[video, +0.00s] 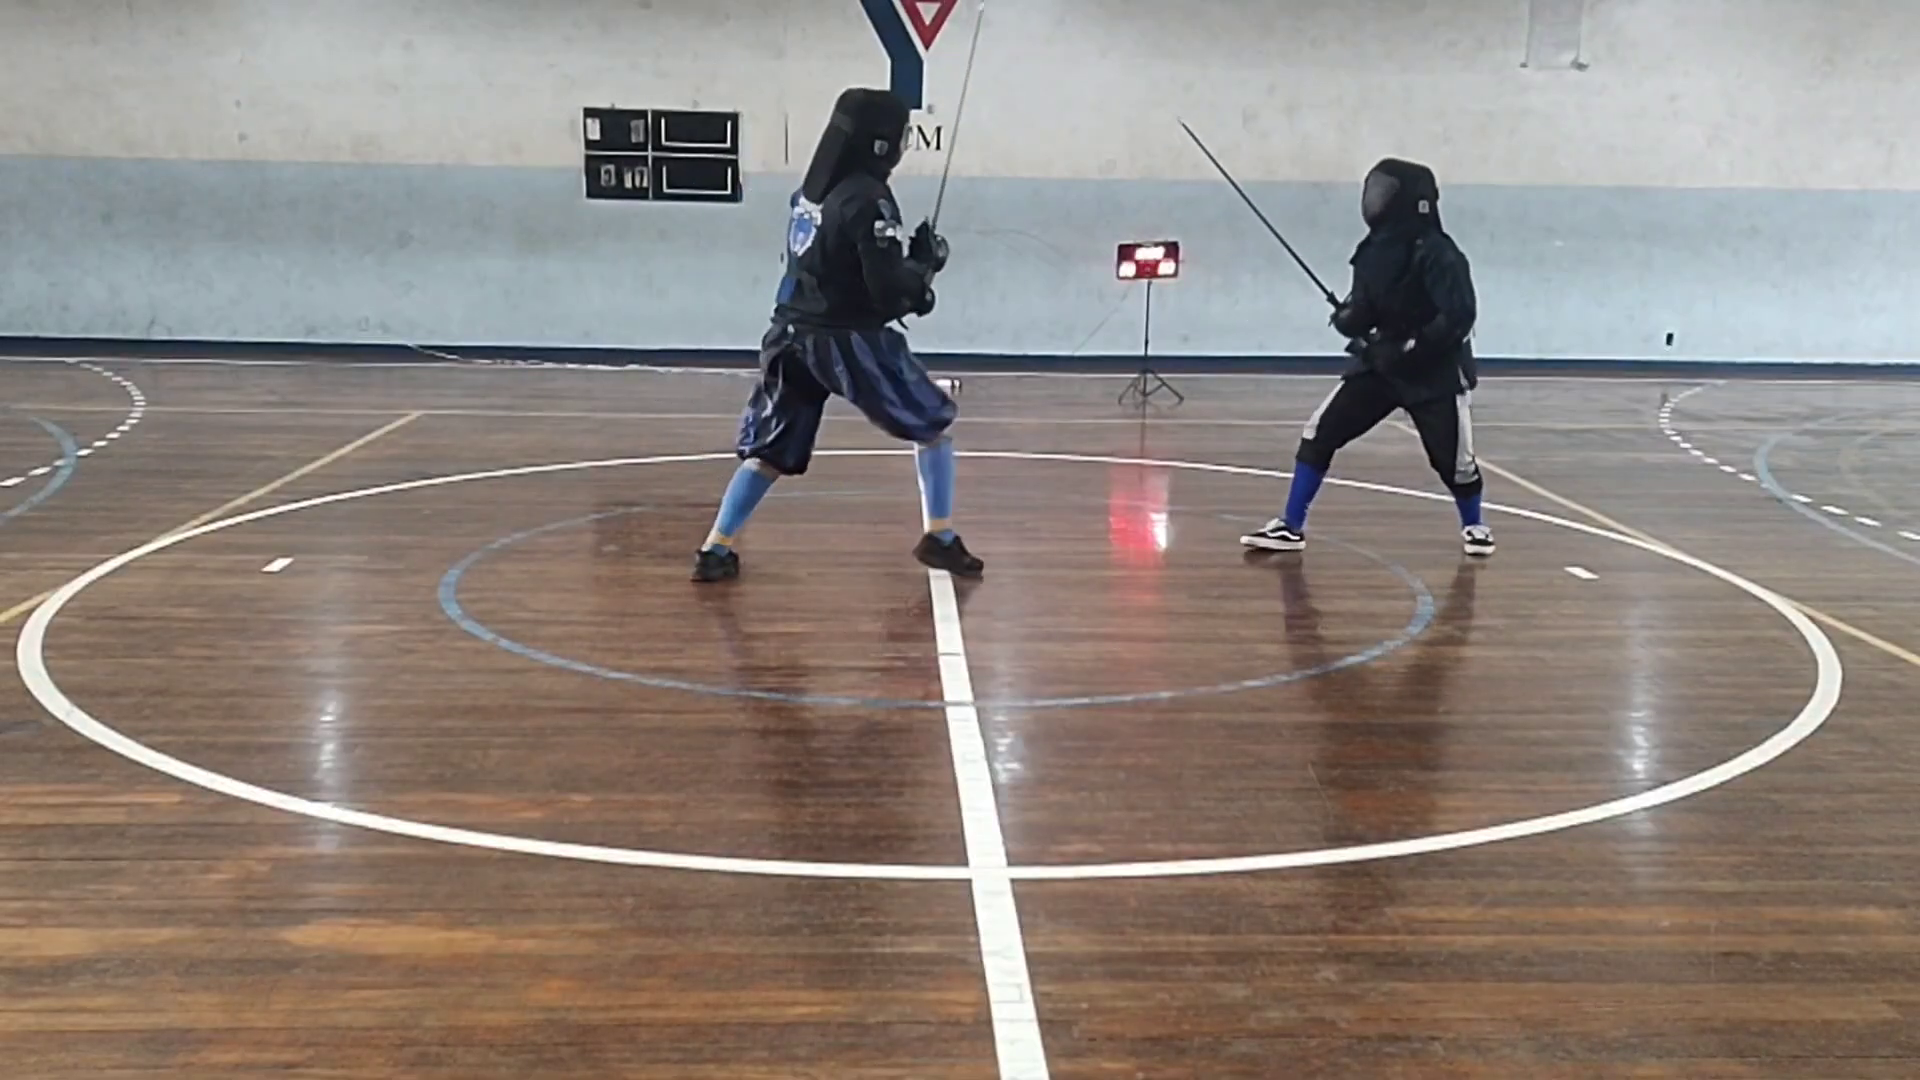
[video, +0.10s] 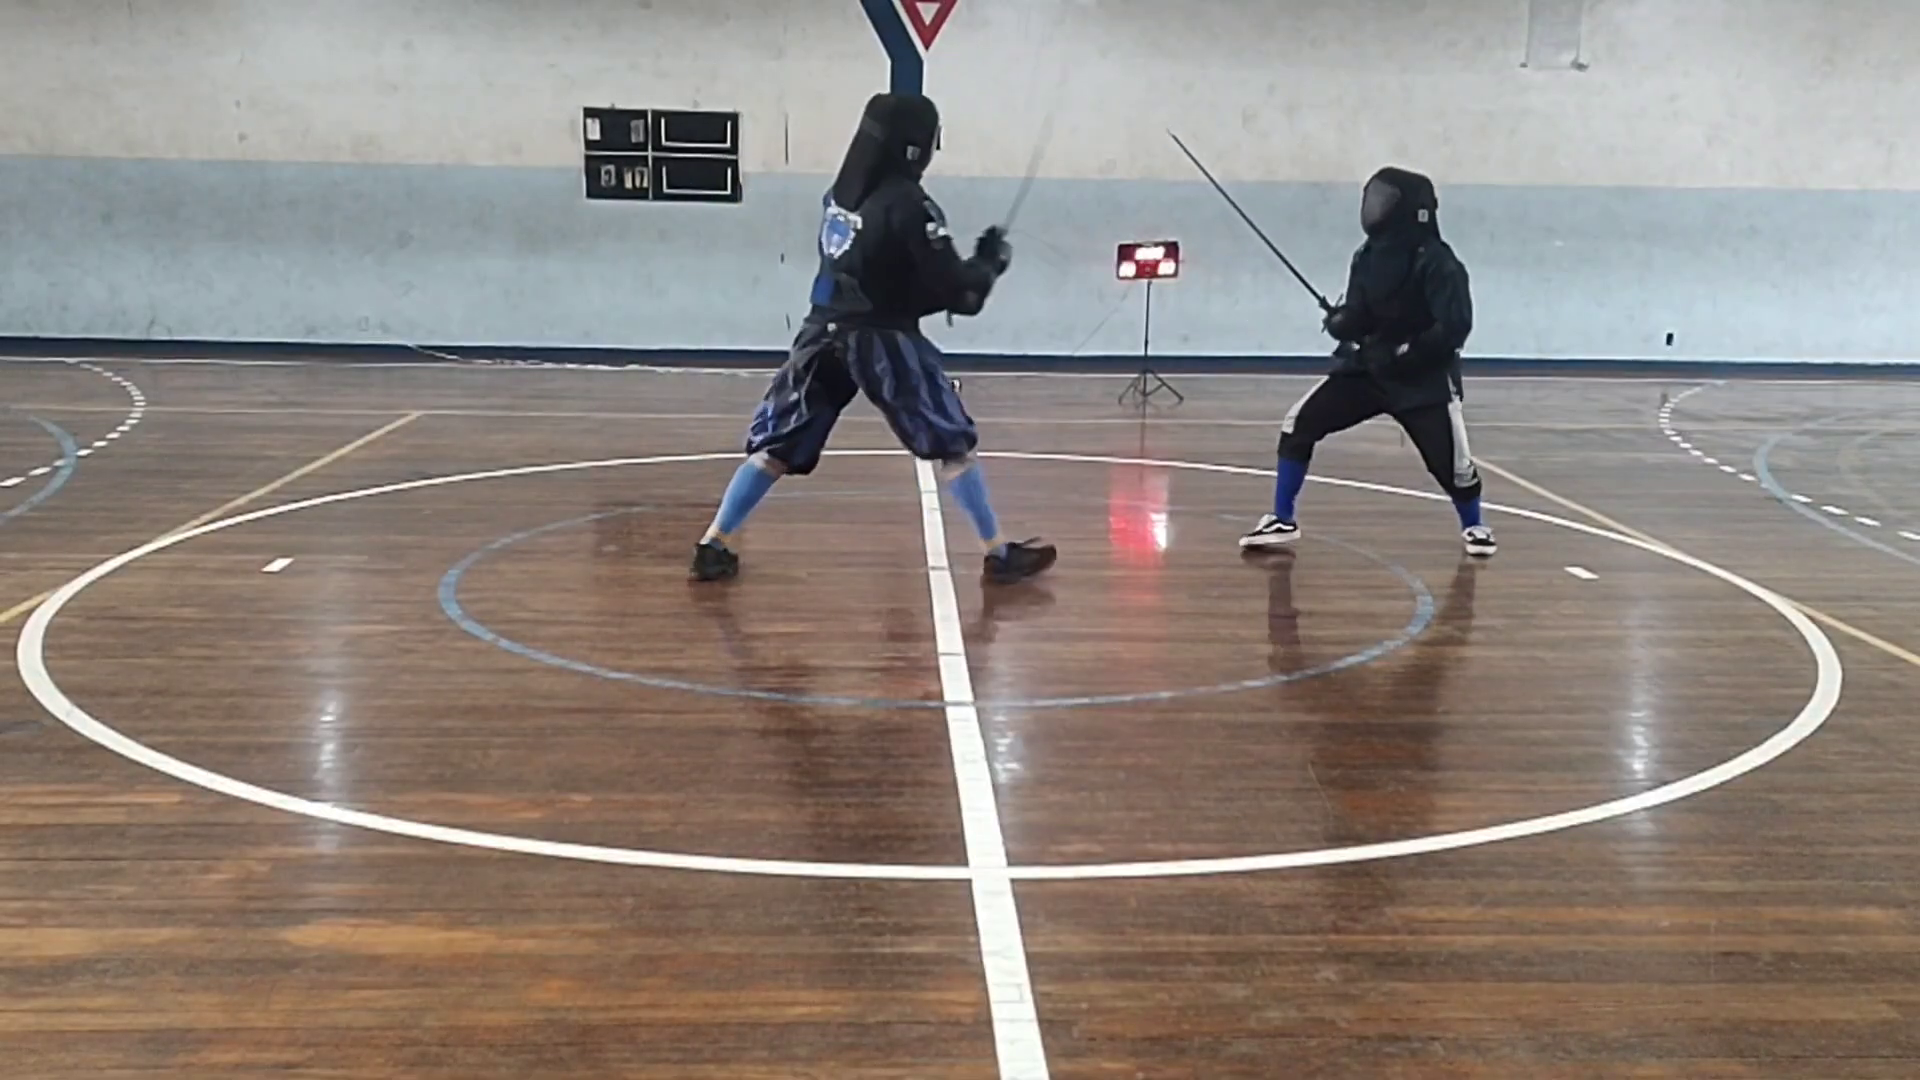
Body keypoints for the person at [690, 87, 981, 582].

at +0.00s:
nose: (903, 147)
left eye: (902, 137)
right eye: (899, 138)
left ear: (846, 135)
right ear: (880, 143)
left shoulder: (813, 186)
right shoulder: (869, 199)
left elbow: (829, 270)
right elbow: (889, 287)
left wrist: (907, 287)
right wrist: (925, 263)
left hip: (792, 333)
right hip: (852, 338)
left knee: (773, 445)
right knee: (932, 423)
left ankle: (716, 547)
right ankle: (940, 535)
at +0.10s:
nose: (931, 152)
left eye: (931, 142)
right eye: (929, 143)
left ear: (874, 139)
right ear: (913, 147)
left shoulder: (843, 190)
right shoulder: (909, 204)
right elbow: (959, 290)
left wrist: (955, 281)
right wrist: (987, 263)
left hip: (824, 331)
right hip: (886, 338)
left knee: (780, 443)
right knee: (949, 438)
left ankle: (714, 544)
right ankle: (998, 550)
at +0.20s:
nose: (962, 151)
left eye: (959, 141)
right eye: (959, 142)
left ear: (904, 142)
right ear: (948, 150)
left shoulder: (878, 187)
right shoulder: (950, 207)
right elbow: (1027, 252)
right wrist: (1062, 226)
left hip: (855, 336)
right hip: (921, 342)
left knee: (808, 444)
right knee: (991, 435)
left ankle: (732, 531)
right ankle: (1007, 550)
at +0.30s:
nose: (994, 145)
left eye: (993, 140)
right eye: (991, 138)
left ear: (940, 135)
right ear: (978, 147)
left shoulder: (910, 169)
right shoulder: (980, 199)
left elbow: (980, 165)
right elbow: (1049, 207)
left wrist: (1030, 161)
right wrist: (1098, 188)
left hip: (878, 335)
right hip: (941, 341)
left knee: (833, 437)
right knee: (1007, 435)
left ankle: (762, 533)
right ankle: (1010, 550)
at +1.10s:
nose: (1039, 152)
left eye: (1038, 144)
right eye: (1039, 144)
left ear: (984, 127)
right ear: (1029, 147)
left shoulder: (939, 162)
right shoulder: (1027, 197)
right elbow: (1067, 255)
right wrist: (1074, 204)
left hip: (919, 331)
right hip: (985, 337)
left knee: (873, 433)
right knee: (1031, 440)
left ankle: (819, 546)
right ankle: (1011, 551)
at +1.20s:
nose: (1032, 158)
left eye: (1033, 148)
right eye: (1032, 149)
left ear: (976, 129)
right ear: (1024, 151)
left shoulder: (924, 172)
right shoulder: (1025, 209)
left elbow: (897, 244)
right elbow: (1034, 294)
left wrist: (947, 245)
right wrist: (1029, 239)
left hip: (916, 333)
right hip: (986, 339)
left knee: (873, 435)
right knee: (1031, 440)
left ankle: (819, 546)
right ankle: (1011, 552)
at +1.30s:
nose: (1024, 156)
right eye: (1024, 147)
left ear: (963, 133)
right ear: (1015, 151)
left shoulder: (910, 186)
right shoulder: (1022, 219)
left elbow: (885, 261)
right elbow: (1014, 306)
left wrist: (905, 306)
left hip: (909, 337)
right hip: (981, 344)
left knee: (861, 434)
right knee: (1030, 440)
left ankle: (818, 546)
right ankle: (1011, 552)